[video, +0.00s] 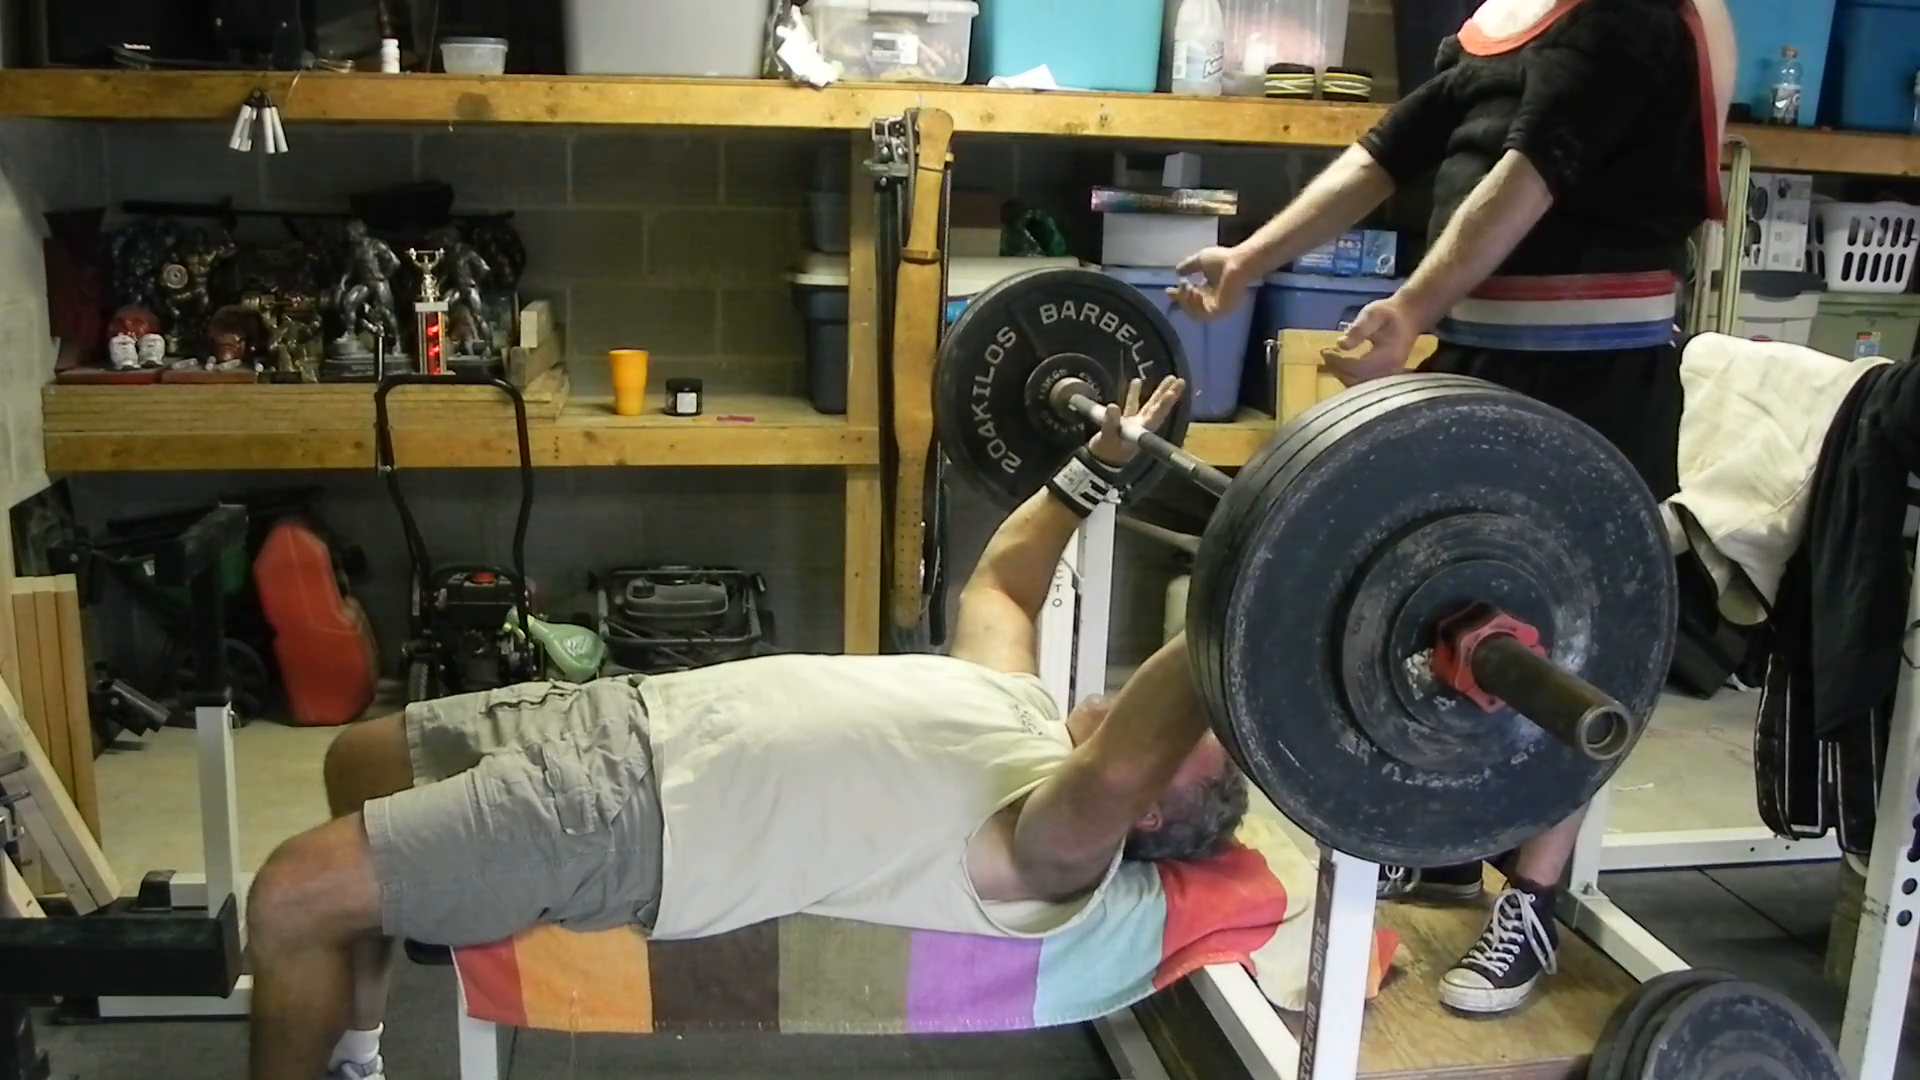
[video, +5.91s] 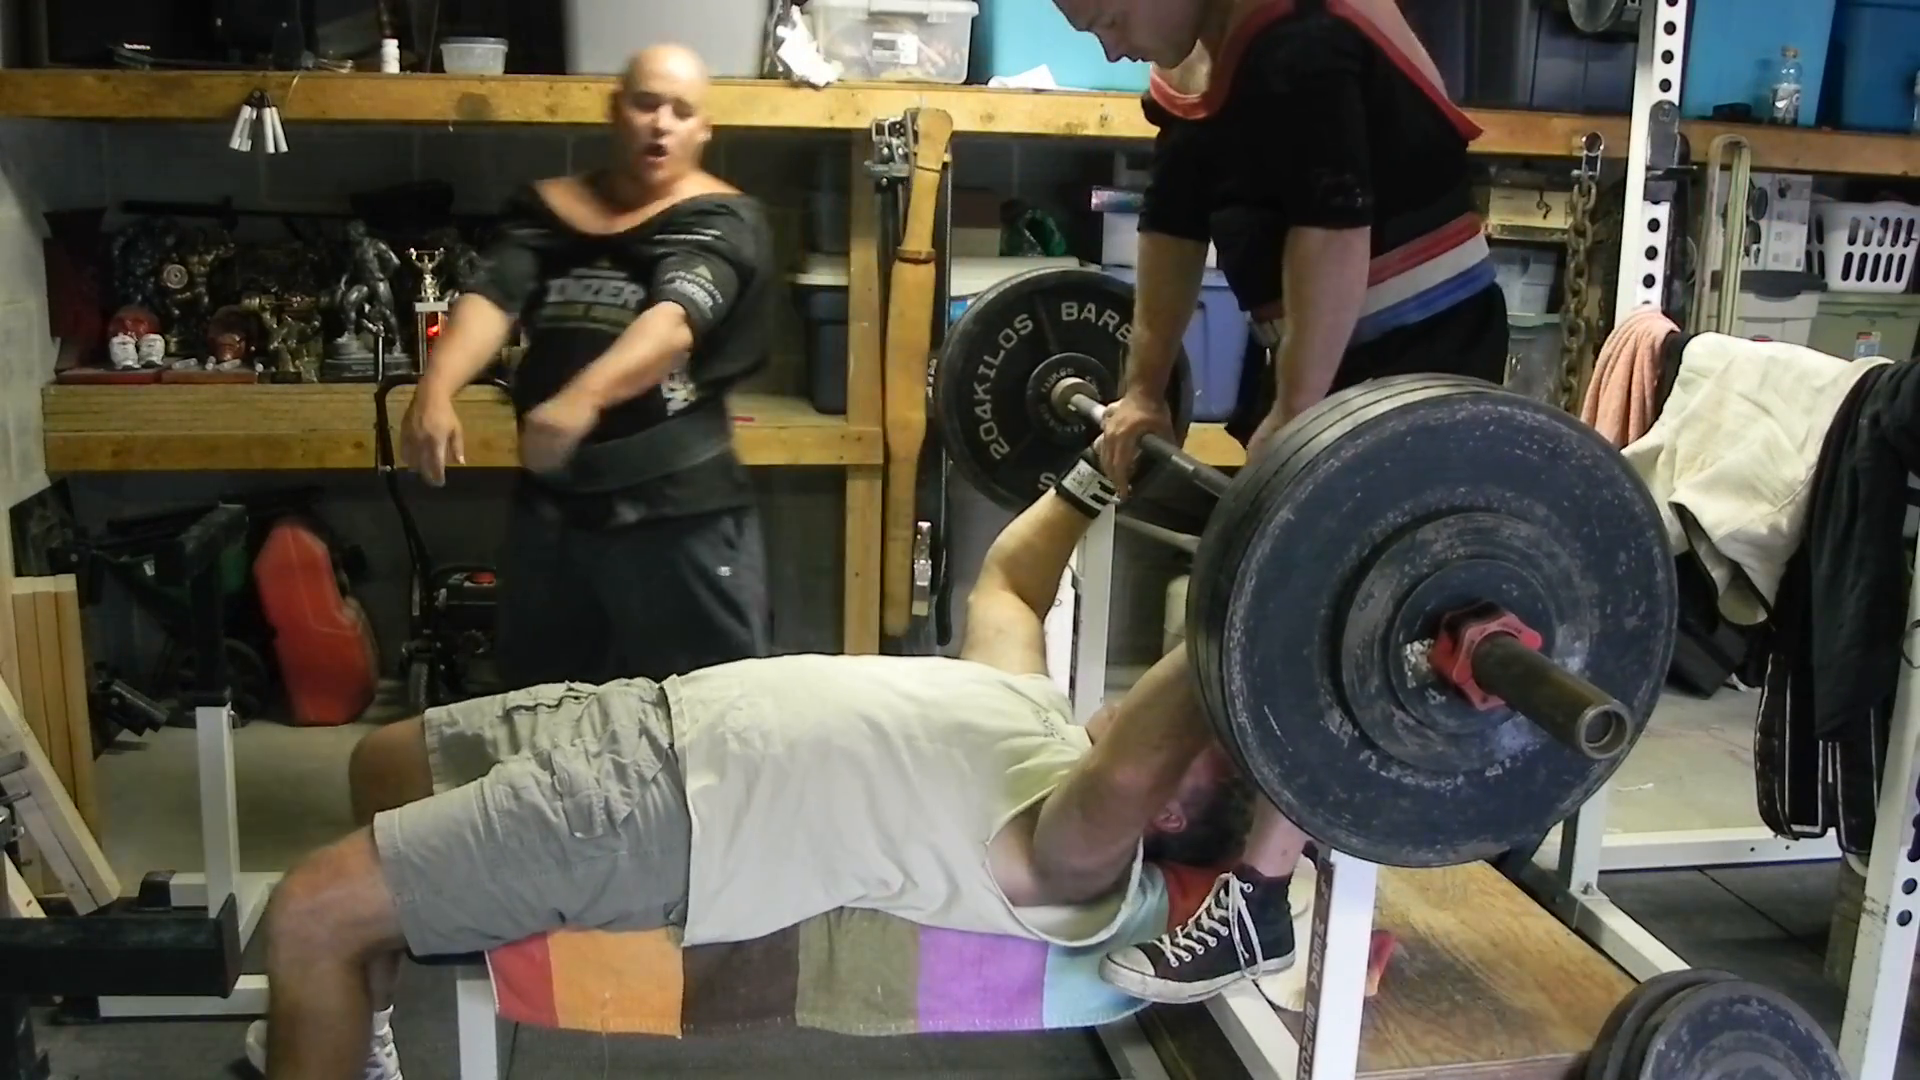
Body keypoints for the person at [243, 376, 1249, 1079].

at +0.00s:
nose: (1168, 725)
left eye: (1194, 746)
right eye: (1185, 717)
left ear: (1172, 814)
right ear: (1149, 733)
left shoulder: (1050, 847)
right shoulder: (1007, 707)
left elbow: (1132, 754)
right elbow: (1007, 583)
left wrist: (1273, 593)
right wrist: (1102, 453)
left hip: (626, 821)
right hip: (616, 709)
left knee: (295, 890)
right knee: (360, 762)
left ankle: (298, 1068)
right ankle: (350, 1048)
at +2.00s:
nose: (1197, 738)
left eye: (1225, 748)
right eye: (1211, 722)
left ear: (1216, 808)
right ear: (1187, 732)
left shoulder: (1097, 857)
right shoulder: (1043, 714)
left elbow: (1132, 763)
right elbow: (1007, 581)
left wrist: (1231, 605)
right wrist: (1089, 474)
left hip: (675, 819)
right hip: (658, 710)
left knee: (339, 922)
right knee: (395, 768)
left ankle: (330, 1067)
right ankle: (427, 980)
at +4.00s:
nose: (1199, 740)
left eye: (1228, 749)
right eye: (1213, 723)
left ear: (1215, 811)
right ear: (1182, 728)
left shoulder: (1087, 860)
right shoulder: (1035, 718)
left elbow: (1135, 760)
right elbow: (1016, 582)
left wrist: (1260, 608)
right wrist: (1099, 473)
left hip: (665, 819)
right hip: (653, 711)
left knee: (328, 916)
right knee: (390, 767)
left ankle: (323, 1065)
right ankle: (390, 988)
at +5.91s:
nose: (1178, 717)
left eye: (1211, 739)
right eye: (1203, 718)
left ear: (1196, 818)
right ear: (1186, 721)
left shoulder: (1075, 867)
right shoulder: (1043, 721)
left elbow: (1141, 760)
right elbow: (1011, 586)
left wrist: (1271, 601)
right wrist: (1102, 470)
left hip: (656, 818)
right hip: (645, 716)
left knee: (311, 911)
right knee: (380, 763)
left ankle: (335, 1064)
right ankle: (376, 1008)